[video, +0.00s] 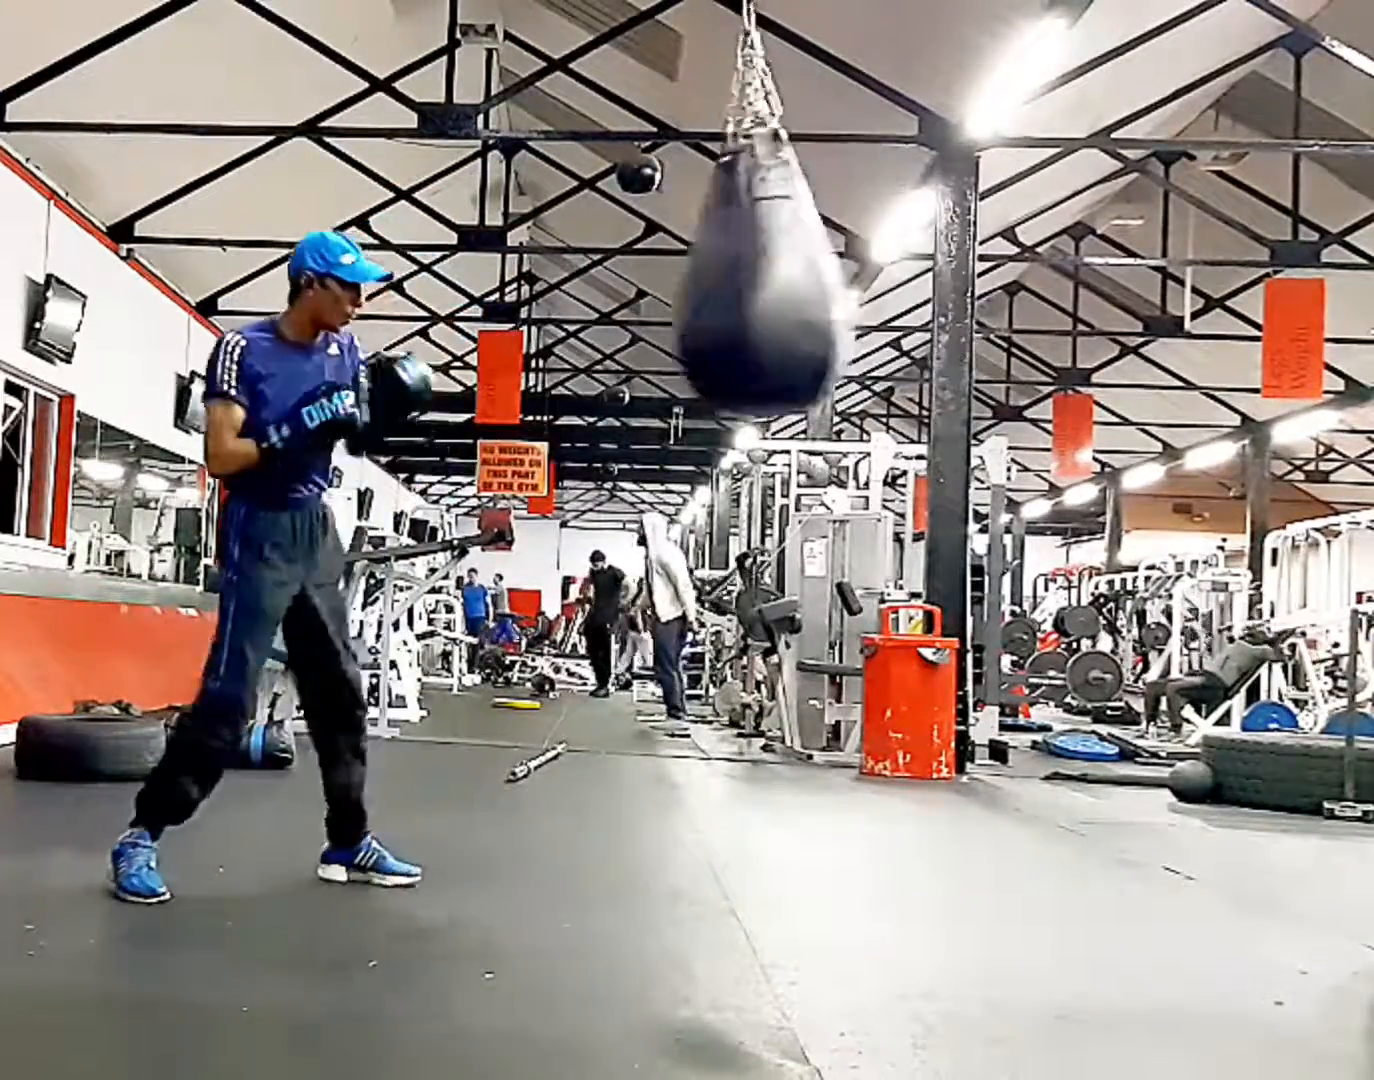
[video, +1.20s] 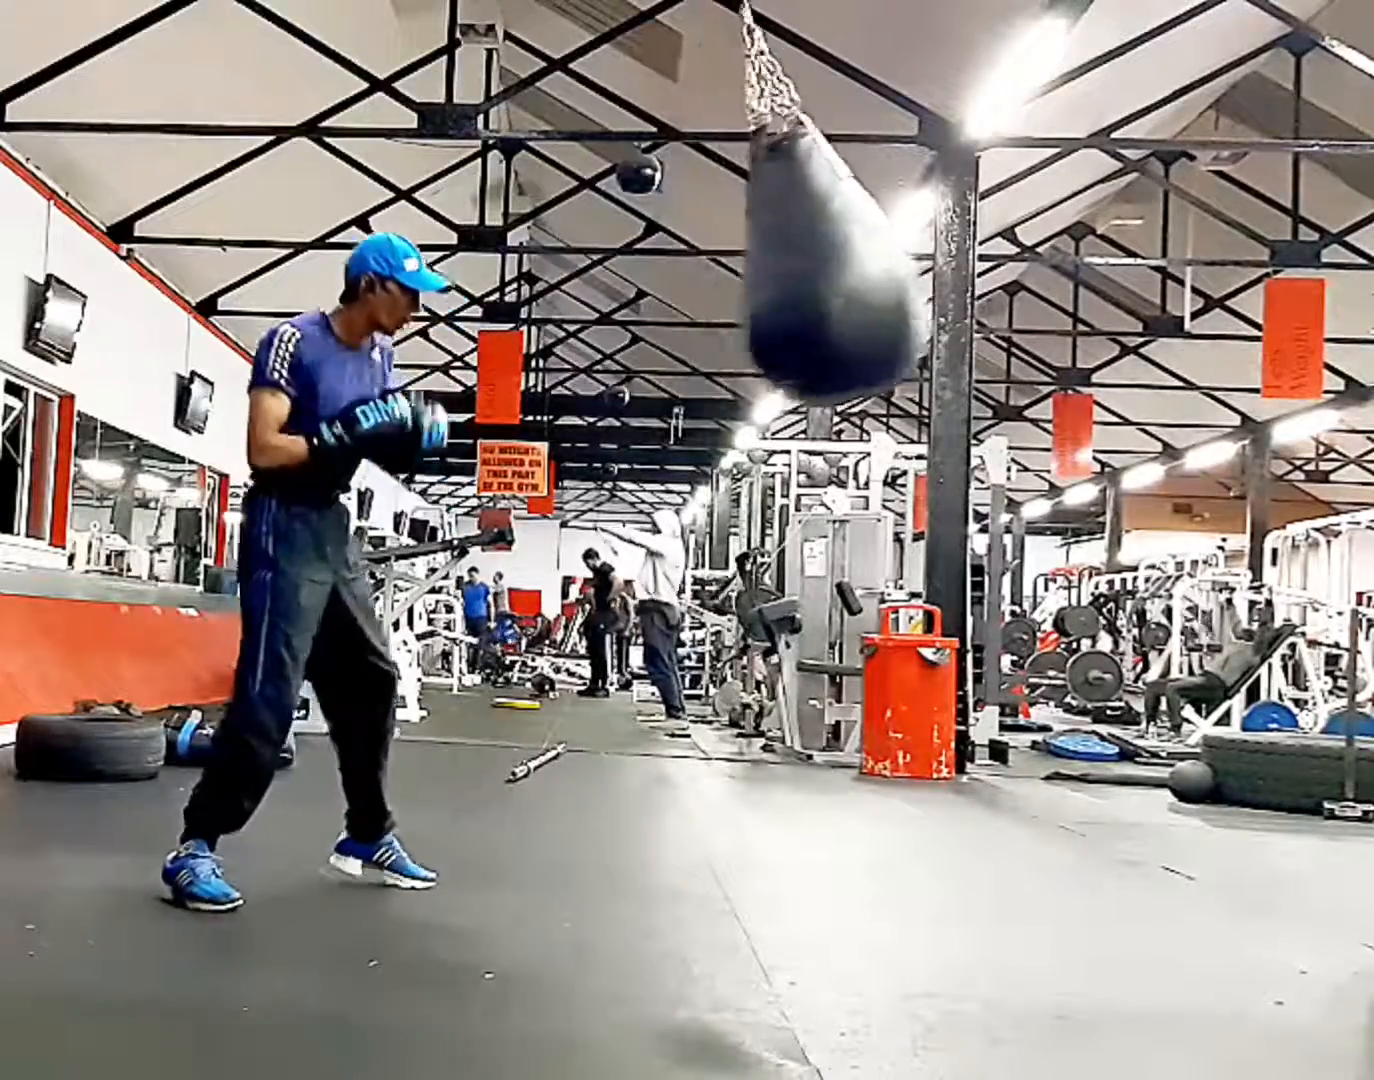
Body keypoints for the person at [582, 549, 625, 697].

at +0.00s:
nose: (596, 568)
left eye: (598, 564)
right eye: (594, 565)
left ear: (604, 562)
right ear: (591, 563)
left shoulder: (614, 574)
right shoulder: (594, 575)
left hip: (605, 619)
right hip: (593, 619)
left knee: (603, 653)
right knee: (594, 652)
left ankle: (603, 684)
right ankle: (600, 683)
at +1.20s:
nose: (588, 565)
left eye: (589, 561)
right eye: (586, 562)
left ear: (595, 558)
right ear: (587, 562)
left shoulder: (606, 570)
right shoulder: (597, 575)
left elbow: (617, 582)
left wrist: (609, 598)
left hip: (606, 616)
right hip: (596, 616)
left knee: (601, 652)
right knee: (594, 652)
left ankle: (603, 685)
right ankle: (594, 683)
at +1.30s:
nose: (587, 565)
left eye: (589, 561)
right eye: (585, 562)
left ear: (595, 558)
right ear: (587, 561)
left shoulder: (605, 571)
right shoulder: (597, 575)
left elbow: (617, 582)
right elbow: (597, 598)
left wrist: (609, 597)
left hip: (602, 615)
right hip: (594, 615)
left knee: (600, 652)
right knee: (593, 652)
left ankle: (603, 684)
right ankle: (593, 683)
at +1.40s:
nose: (587, 563)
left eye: (588, 559)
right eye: (585, 560)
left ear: (593, 558)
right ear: (588, 560)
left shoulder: (602, 574)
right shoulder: (597, 576)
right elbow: (596, 601)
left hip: (601, 617)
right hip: (594, 617)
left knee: (600, 653)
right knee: (594, 653)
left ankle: (602, 685)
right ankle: (594, 684)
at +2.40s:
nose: (573, 568)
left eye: (573, 564)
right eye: (572, 565)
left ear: (579, 559)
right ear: (575, 563)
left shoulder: (591, 570)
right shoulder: (586, 574)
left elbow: (599, 581)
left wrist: (595, 598)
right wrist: (580, 600)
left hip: (594, 612)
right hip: (591, 613)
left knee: (582, 646)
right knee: (591, 649)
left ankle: (587, 683)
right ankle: (593, 683)